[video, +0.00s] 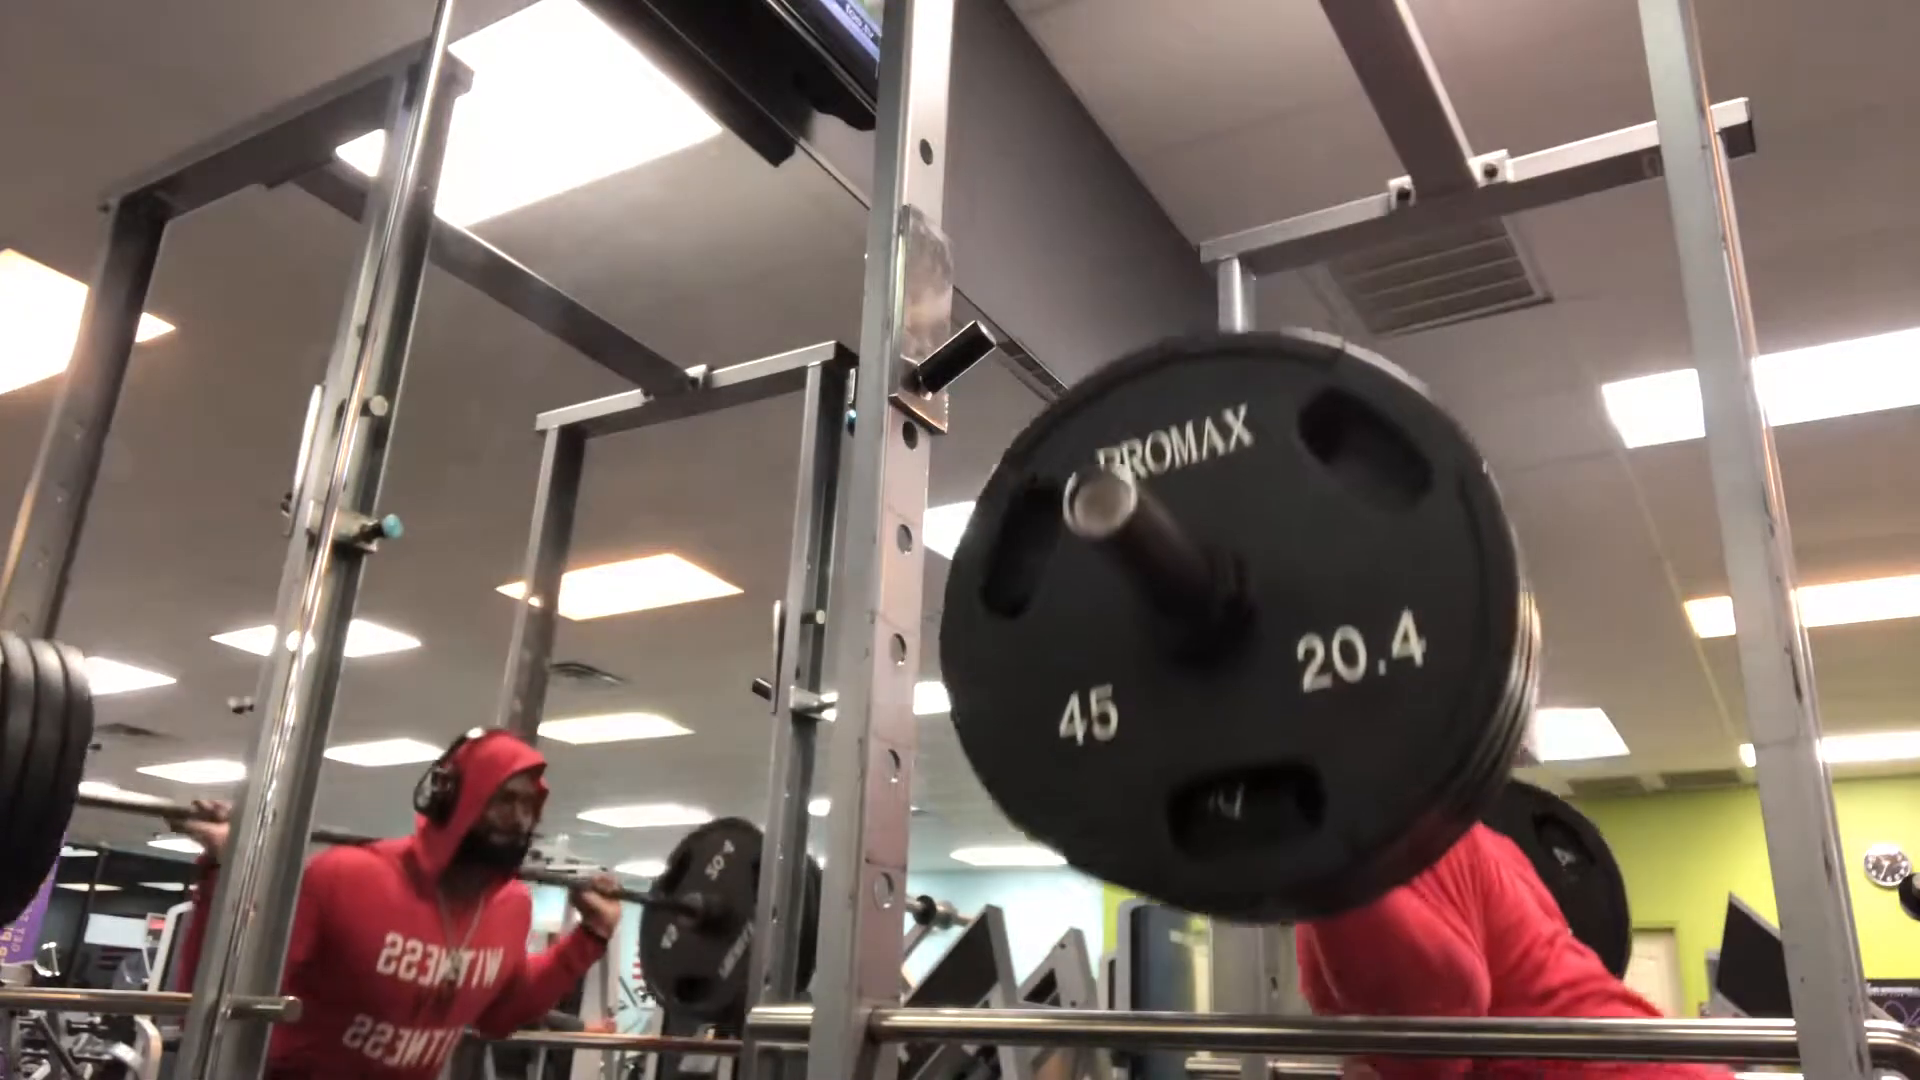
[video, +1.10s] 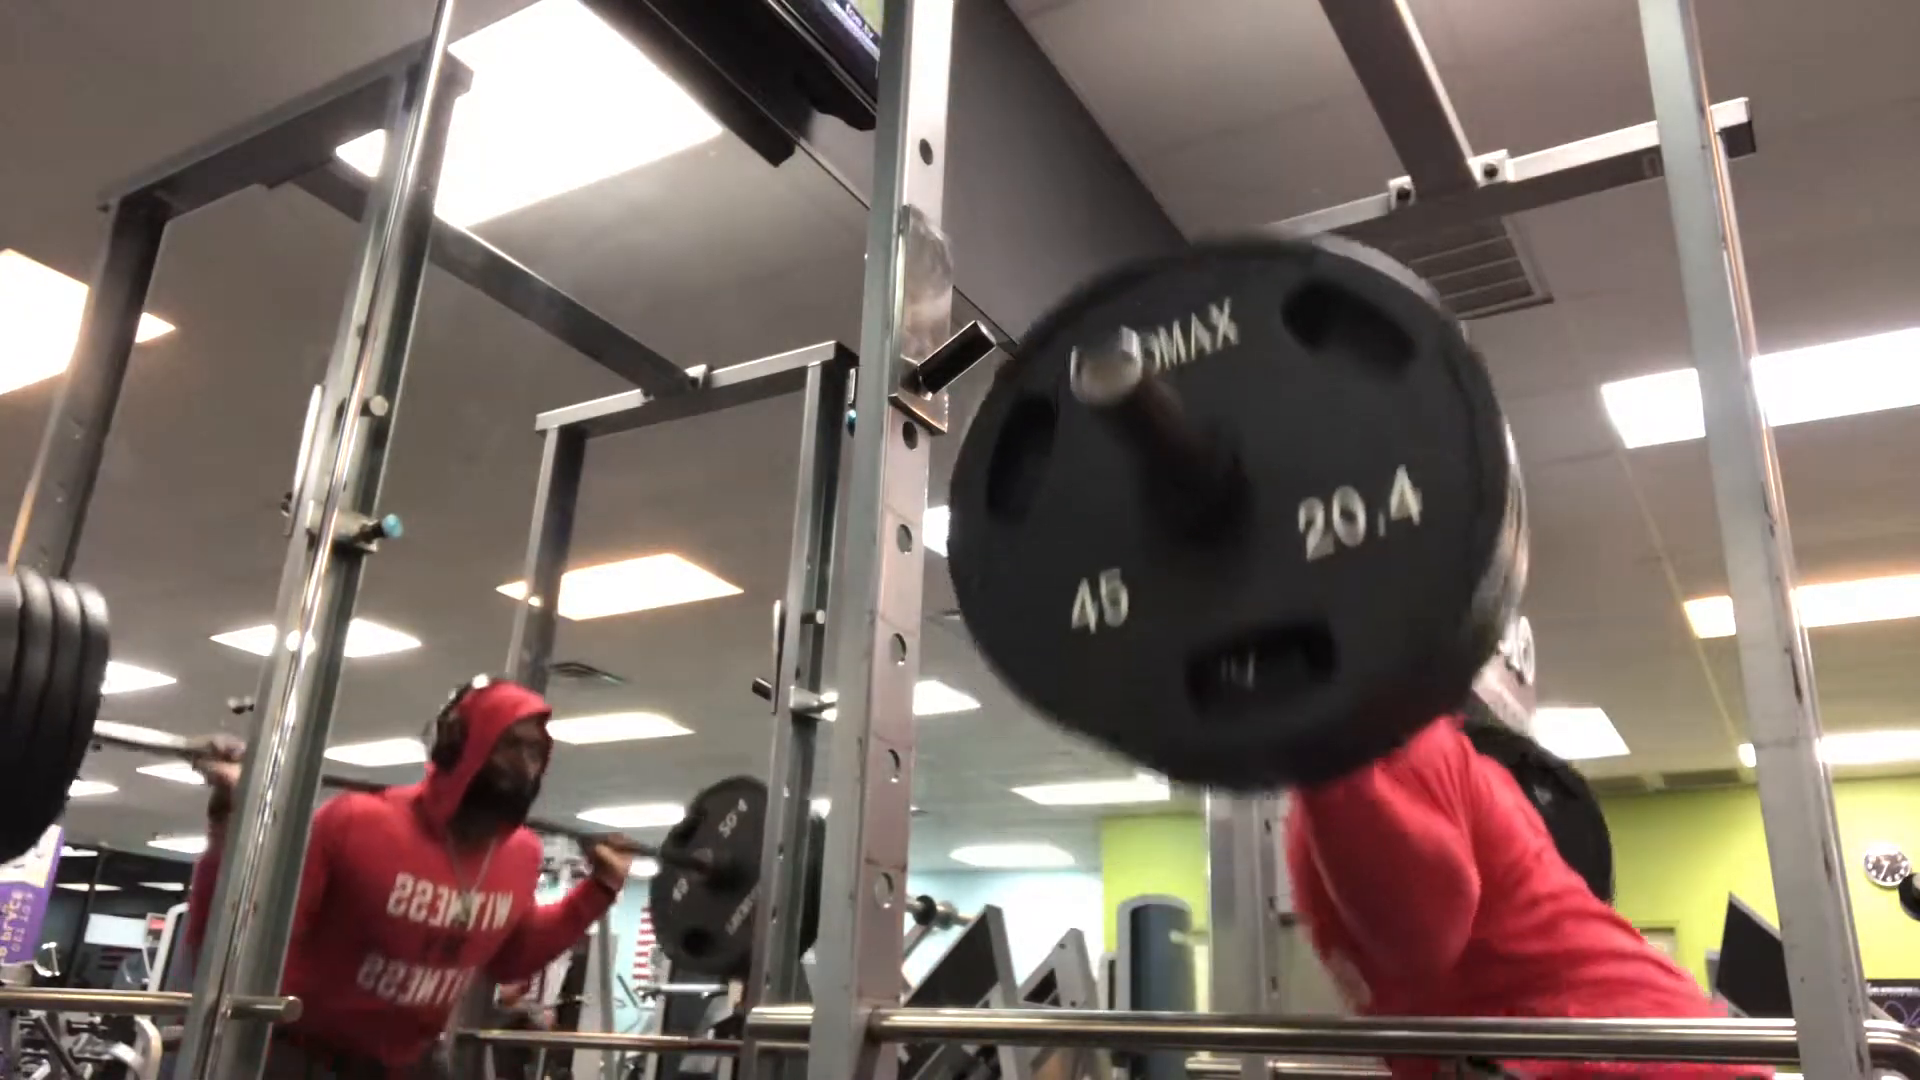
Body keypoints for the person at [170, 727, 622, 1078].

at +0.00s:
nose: (521, 821)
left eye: (532, 805)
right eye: (504, 800)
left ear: (540, 812)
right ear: (456, 799)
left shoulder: (512, 906)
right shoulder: (341, 878)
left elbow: (497, 1016)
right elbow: (220, 991)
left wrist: (586, 940)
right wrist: (223, 870)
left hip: (415, 1072)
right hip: (303, 1067)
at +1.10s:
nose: (528, 766)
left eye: (539, 752)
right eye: (511, 747)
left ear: (547, 762)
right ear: (467, 746)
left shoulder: (520, 855)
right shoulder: (354, 822)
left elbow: (507, 959)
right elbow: (225, 941)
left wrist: (599, 889)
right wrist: (231, 820)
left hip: (412, 1063)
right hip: (307, 1052)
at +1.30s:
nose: (532, 699)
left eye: (544, 686)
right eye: (516, 680)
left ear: (553, 699)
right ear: (471, 681)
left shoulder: (528, 795)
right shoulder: (365, 759)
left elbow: (515, 904)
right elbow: (233, 869)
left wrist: (606, 832)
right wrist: (247, 747)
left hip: (427, 1028)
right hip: (321, 1017)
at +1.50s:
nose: (548, 619)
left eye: (555, 604)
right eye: (530, 601)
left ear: (559, 616)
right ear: (482, 604)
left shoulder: (539, 717)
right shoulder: (374, 683)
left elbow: (528, 829)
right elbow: (250, 796)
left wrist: (612, 760)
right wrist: (261, 659)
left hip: (437, 963)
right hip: (333, 952)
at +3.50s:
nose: (535, 617)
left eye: (545, 604)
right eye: (520, 599)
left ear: (556, 616)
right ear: (474, 600)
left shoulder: (525, 712)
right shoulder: (371, 669)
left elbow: (514, 822)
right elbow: (240, 782)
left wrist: (602, 753)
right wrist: (252, 651)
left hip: (422, 970)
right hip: (317, 951)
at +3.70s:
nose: (536, 668)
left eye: (546, 653)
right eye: (522, 647)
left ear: (551, 664)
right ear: (473, 647)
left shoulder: (525, 763)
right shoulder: (364, 719)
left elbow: (512, 872)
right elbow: (238, 837)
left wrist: (600, 797)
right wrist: (242, 706)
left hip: (422, 1005)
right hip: (316, 993)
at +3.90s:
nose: (535, 724)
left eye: (543, 709)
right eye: (520, 705)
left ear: (547, 720)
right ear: (471, 703)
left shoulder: (519, 818)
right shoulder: (356, 780)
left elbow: (506, 927)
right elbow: (226, 901)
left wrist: (595, 856)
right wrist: (242, 770)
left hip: (410, 1049)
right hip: (307, 1039)